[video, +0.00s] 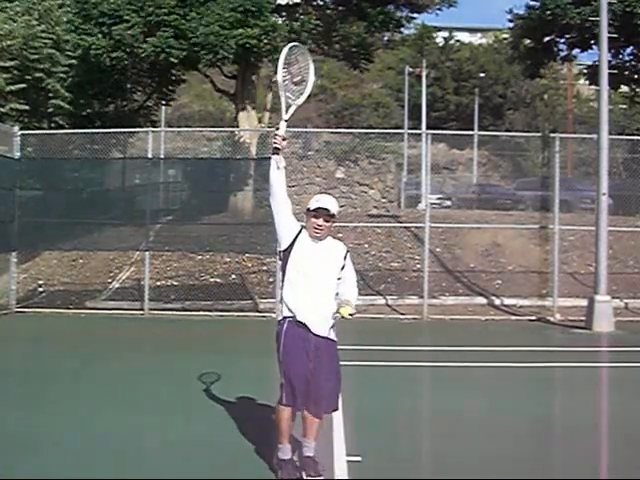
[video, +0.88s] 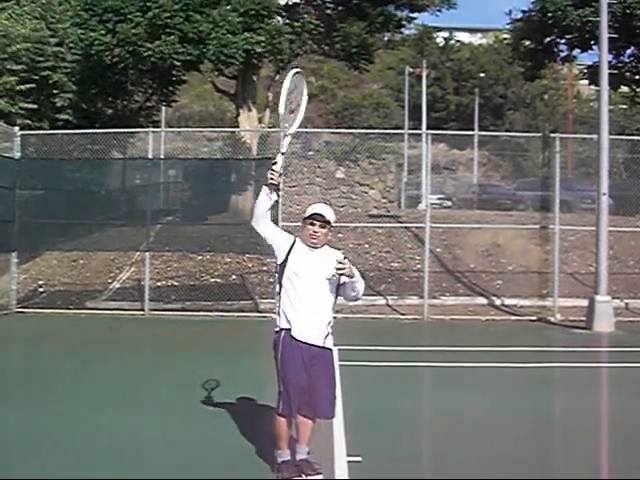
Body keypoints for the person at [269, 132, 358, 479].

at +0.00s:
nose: (320, 221)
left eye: (326, 217)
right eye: (315, 215)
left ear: (333, 222)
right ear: (306, 216)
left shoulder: (339, 251)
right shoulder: (292, 237)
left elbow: (348, 285)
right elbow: (278, 198)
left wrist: (347, 303)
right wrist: (277, 157)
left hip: (324, 329)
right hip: (294, 324)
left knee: (320, 396)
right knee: (291, 393)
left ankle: (308, 454)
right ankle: (284, 455)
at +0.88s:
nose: (315, 229)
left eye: (322, 226)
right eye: (311, 223)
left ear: (329, 231)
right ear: (302, 225)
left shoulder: (334, 259)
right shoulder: (287, 245)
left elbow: (352, 295)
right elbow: (260, 221)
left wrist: (352, 277)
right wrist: (270, 187)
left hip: (320, 338)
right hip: (289, 334)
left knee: (312, 400)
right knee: (289, 396)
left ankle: (303, 457)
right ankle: (283, 459)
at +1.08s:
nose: (317, 227)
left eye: (324, 225)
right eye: (314, 221)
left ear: (332, 233)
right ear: (305, 224)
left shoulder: (336, 257)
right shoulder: (288, 247)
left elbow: (362, 258)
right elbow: (253, 260)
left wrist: (358, 234)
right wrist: (270, 239)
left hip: (319, 336)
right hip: (288, 332)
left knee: (311, 398)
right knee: (287, 395)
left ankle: (301, 456)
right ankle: (282, 457)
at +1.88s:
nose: (308, 227)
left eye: (314, 223)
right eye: (304, 222)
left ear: (323, 229)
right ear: (296, 224)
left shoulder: (328, 256)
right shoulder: (279, 249)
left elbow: (358, 279)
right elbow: (252, 278)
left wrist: (352, 255)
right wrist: (265, 285)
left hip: (315, 338)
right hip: (283, 333)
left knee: (309, 397)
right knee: (284, 395)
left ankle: (302, 456)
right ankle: (281, 457)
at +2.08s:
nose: (310, 236)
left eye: (315, 231)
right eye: (304, 230)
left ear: (320, 233)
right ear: (293, 228)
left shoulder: (327, 261)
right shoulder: (273, 251)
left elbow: (341, 293)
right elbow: (248, 281)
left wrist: (339, 305)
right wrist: (260, 296)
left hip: (310, 339)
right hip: (278, 335)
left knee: (304, 397)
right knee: (271, 397)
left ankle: (300, 456)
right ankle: (255, 455)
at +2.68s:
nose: (287, 248)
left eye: (290, 244)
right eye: (284, 242)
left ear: (289, 242)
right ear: (268, 233)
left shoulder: (286, 261)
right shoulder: (240, 261)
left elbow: (292, 297)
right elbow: (235, 305)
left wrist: (308, 321)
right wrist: (242, 345)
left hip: (281, 341)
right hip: (251, 341)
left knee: (295, 391)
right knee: (248, 400)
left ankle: (292, 455)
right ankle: (238, 457)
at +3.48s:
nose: (328, 252)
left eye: (330, 248)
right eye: (327, 246)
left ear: (312, 242)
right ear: (308, 239)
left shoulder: (319, 276)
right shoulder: (277, 262)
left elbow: (331, 312)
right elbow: (272, 307)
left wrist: (357, 341)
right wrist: (293, 342)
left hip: (295, 347)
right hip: (263, 342)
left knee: (294, 405)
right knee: (249, 403)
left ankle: (298, 465)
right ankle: (228, 452)